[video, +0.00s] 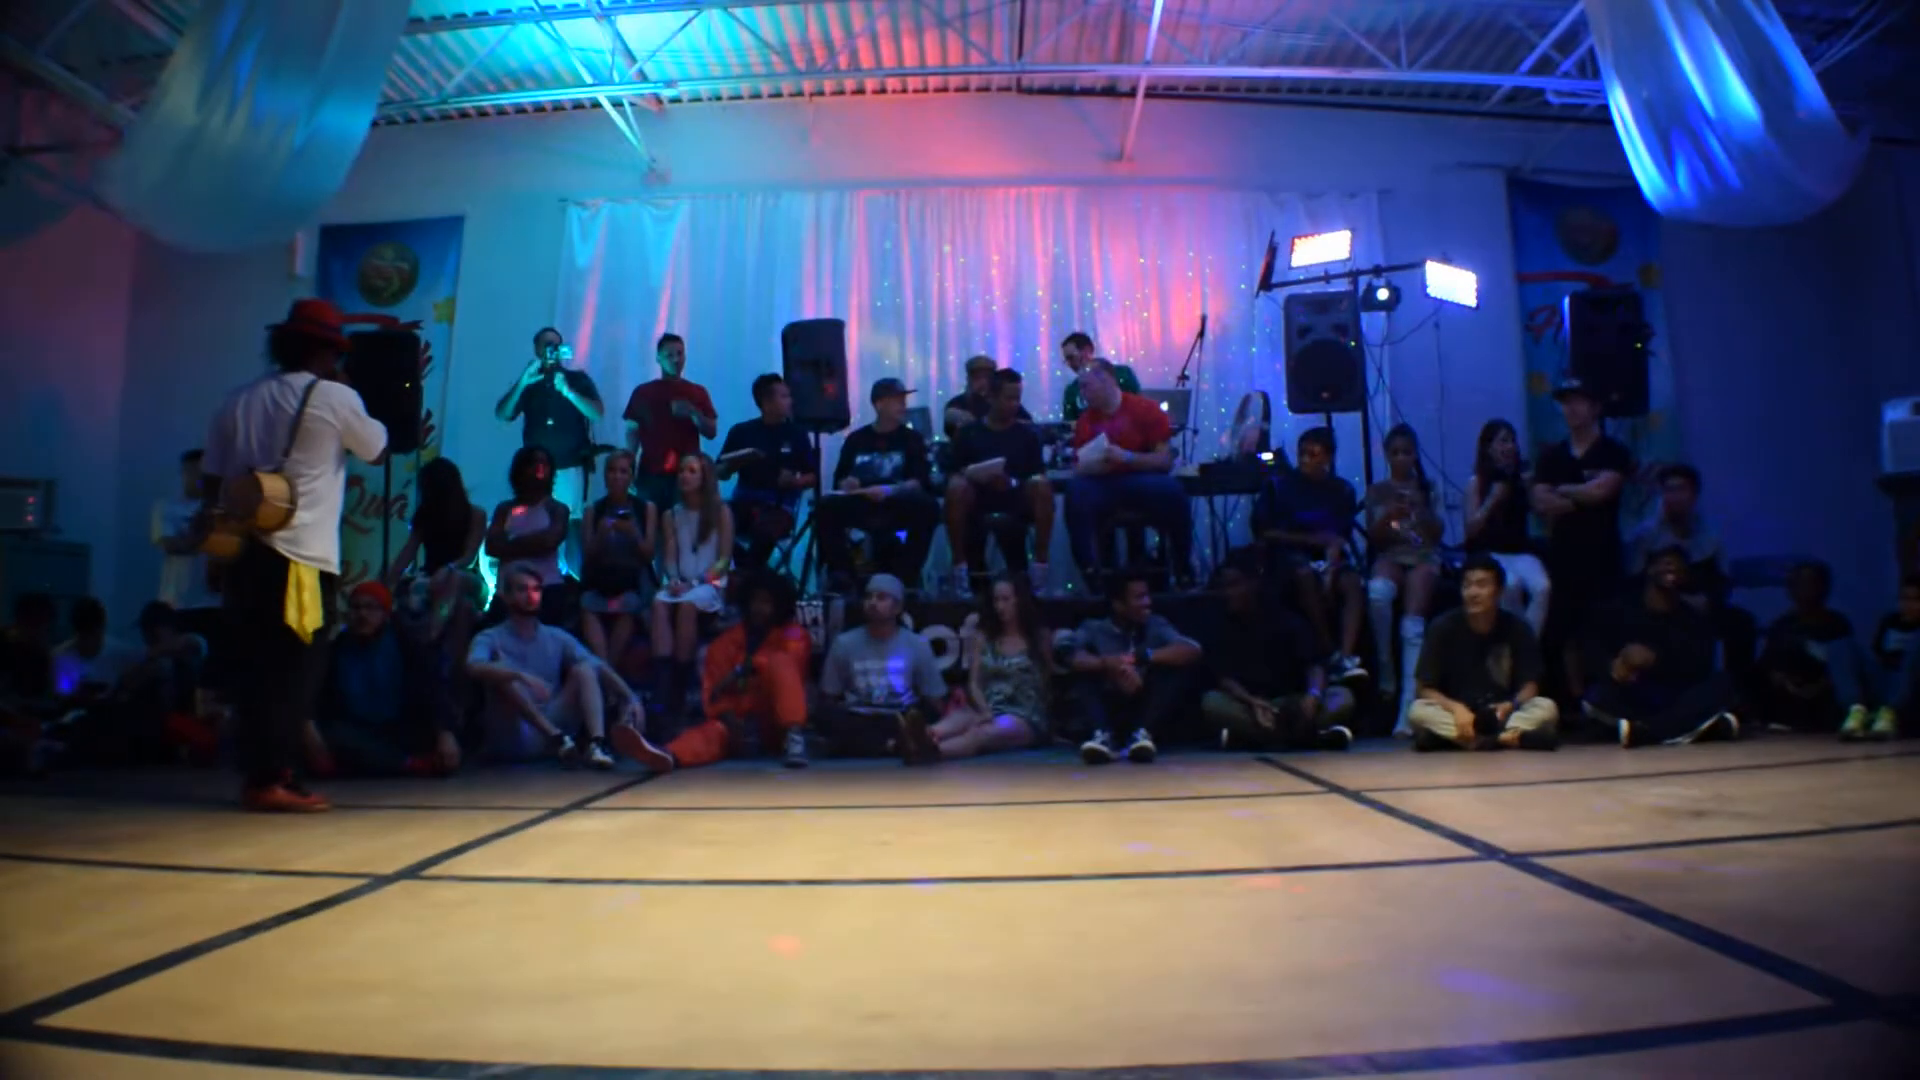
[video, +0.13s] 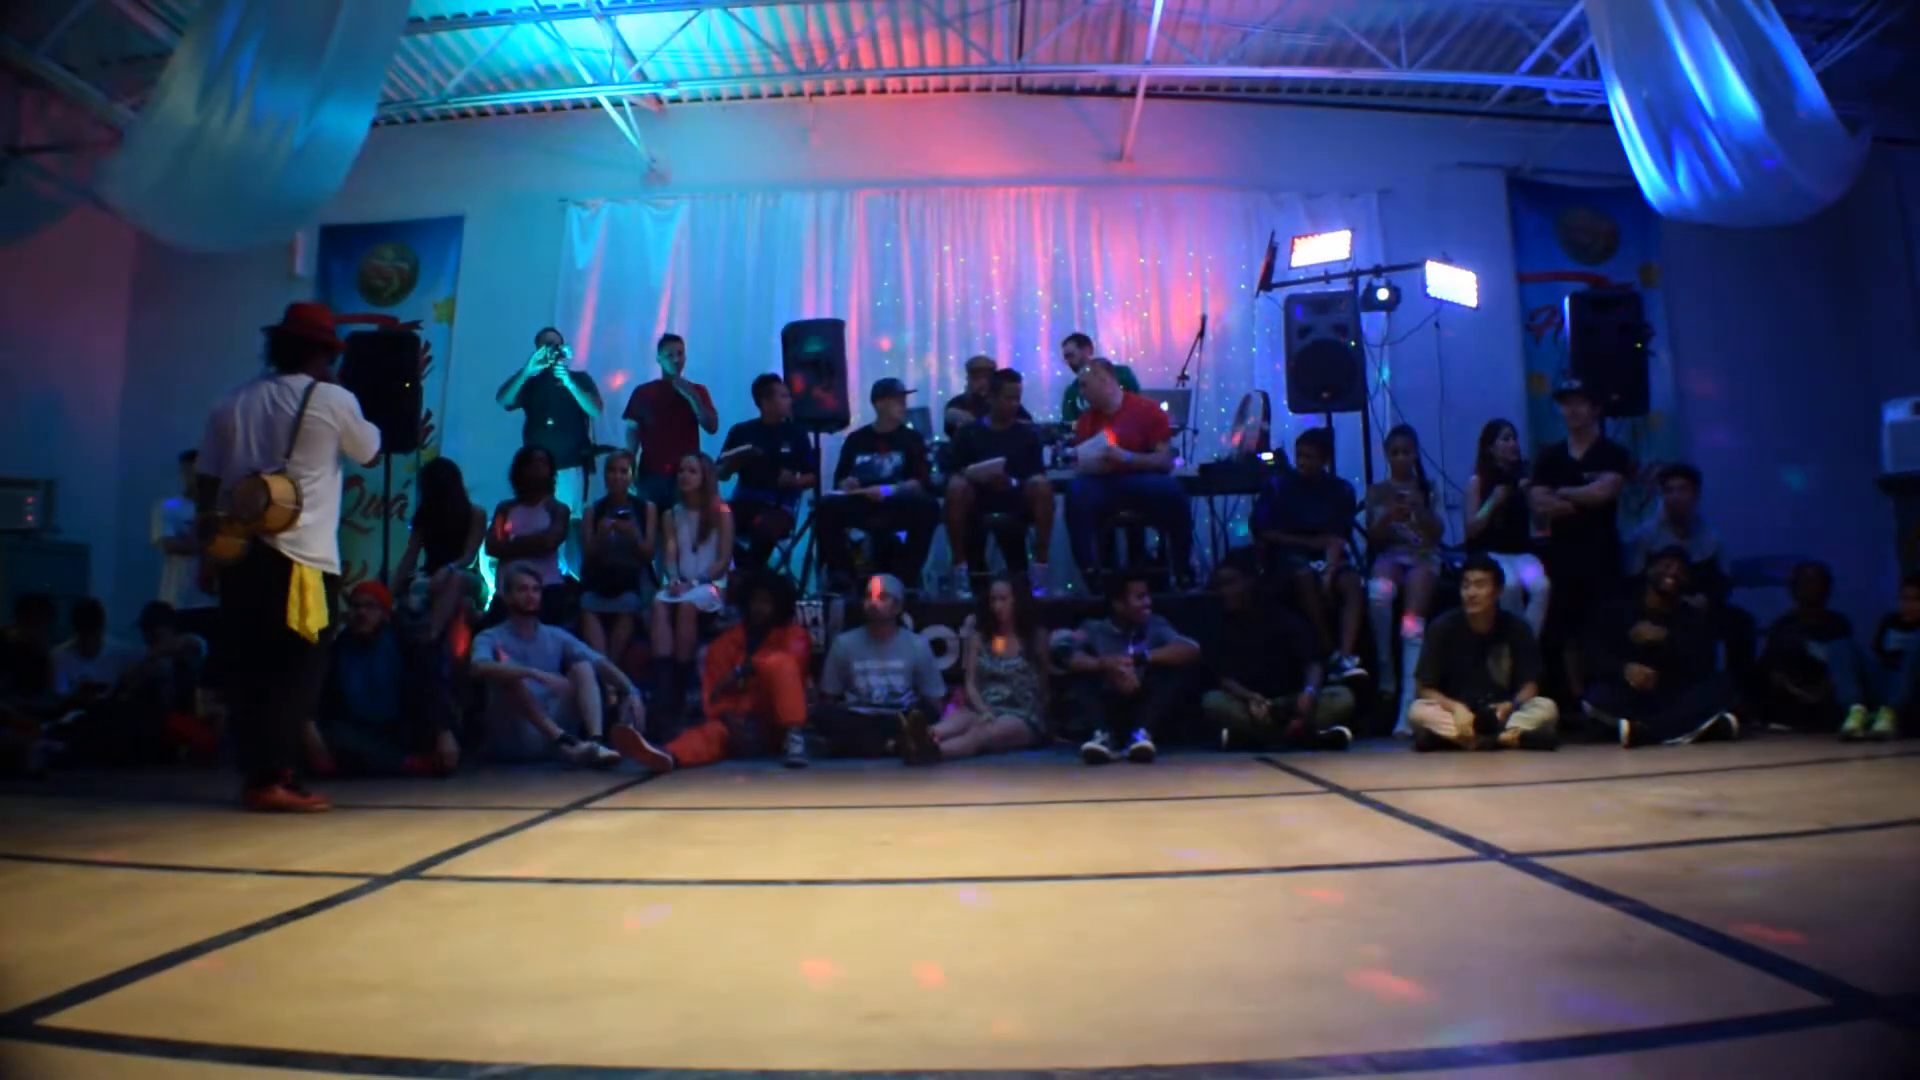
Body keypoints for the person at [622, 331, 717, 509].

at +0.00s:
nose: (675, 360)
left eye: (679, 354)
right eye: (669, 355)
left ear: (684, 357)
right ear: (659, 359)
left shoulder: (697, 392)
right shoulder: (643, 392)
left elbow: (711, 431)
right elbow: (632, 433)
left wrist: (692, 413)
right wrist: (628, 471)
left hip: (686, 476)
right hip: (651, 474)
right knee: (648, 533)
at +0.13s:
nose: (676, 360)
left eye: (680, 354)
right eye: (669, 355)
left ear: (685, 357)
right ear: (659, 359)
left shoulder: (697, 391)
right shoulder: (643, 392)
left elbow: (711, 426)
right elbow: (632, 433)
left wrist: (690, 396)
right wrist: (630, 472)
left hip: (686, 476)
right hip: (652, 474)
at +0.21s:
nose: (676, 360)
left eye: (680, 354)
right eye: (669, 356)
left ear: (685, 356)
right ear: (659, 360)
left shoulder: (697, 390)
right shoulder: (643, 392)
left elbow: (711, 423)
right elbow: (632, 434)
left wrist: (689, 388)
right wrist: (629, 471)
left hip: (686, 474)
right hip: (652, 473)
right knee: (649, 533)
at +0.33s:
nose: (676, 360)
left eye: (679, 354)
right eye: (669, 356)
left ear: (685, 356)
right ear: (659, 360)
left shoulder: (697, 390)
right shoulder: (643, 393)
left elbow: (711, 421)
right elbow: (632, 434)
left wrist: (689, 386)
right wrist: (629, 472)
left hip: (686, 475)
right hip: (652, 473)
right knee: (649, 532)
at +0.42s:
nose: (676, 359)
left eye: (679, 354)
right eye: (669, 355)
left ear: (684, 356)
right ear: (659, 359)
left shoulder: (696, 390)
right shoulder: (644, 392)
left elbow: (711, 421)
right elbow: (632, 433)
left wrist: (689, 387)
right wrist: (629, 471)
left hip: (687, 475)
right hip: (652, 473)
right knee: (649, 533)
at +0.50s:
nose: (676, 359)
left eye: (679, 354)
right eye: (669, 355)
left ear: (684, 356)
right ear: (659, 359)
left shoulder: (697, 390)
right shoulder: (644, 393)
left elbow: (710, 421)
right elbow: (632, 434)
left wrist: (689, 387)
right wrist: (628, 473)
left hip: (687, 476)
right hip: (652, 474)